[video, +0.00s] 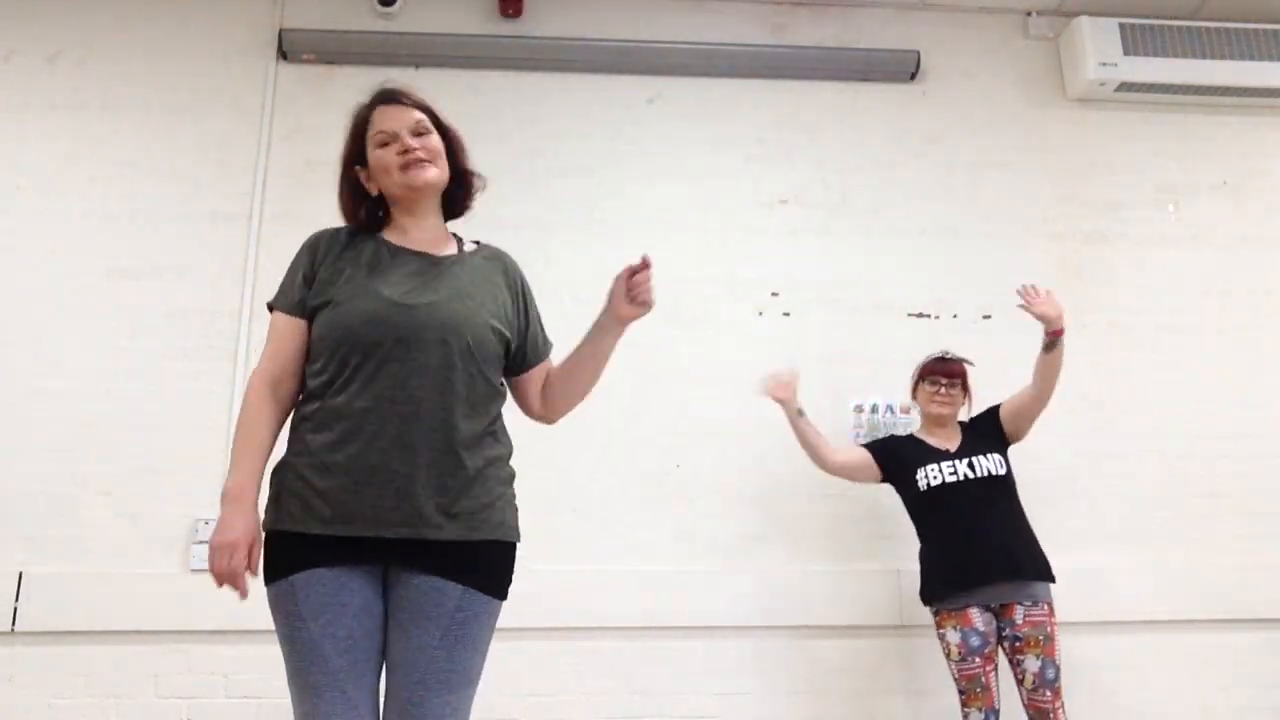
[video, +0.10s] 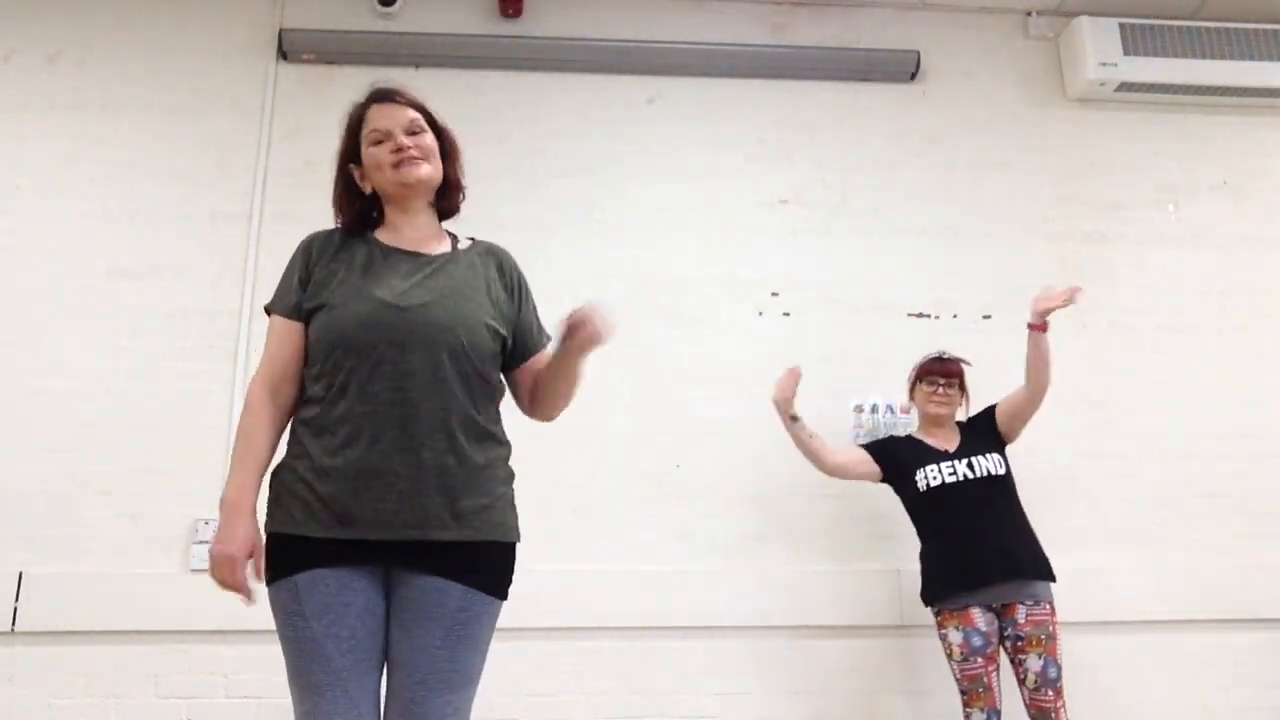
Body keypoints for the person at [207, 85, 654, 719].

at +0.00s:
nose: (411, 144)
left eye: (422, 132)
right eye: (388, 141)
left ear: (448, 155)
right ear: (366, 176)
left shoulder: (498, 273)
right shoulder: (328, 255)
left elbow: (545, 400)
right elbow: (273, 386)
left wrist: (614, 319)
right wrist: (239, 502)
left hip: (460, 535)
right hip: (321, 526)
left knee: (431, 713)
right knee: (333, 713)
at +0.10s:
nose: (403, 142)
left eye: (416, 130)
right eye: (381, 140)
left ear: (441, 151)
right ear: (361, 174)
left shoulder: (494, 268)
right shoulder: (322, 256)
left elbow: (540, 403)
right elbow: (273, 391)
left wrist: (571, 352)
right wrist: (236, 509)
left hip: (460, 533)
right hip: (323, 528)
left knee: (432, 713)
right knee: (334, 712)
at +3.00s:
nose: (449, 125)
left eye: (471, 123)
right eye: (435, 110)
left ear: (485, 159)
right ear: (401, 128)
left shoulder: (511, 248)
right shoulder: (326, 232)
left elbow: (548, 396)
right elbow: (272, 374)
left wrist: (511, 361)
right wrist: (314, 367)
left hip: (487, 523)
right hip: (336, 519)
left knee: (473, 714)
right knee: (337, 713)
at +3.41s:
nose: (445, 124)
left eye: (465, 118)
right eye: (429, 109)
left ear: (482, 150)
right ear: (396, 131)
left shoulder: (511, 250)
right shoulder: (327, 231)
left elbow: (546, 400)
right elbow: (273, 377)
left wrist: (506, 347)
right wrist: (337, 340)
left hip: (486, 526)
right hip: (335, 522)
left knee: (472, 714)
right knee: (337, 713)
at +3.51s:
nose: (447, 123)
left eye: (467, 117)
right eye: (430, 109)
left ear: (484, 148)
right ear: (396, 130)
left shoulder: (512, 250)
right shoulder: (329, 229)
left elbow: (546, 401)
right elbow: (271, 377)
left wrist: (512, 339)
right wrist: (329, 326)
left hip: (486, 524)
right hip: (335, 520)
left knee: (473, 714)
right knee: (336, 714)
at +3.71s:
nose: (446, 124)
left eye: (466, 117)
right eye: (429, 111)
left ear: (485, 148)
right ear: (397, 133)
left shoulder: (513, 250)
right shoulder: (332, 230)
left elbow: (547, 400)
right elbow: (271, 375)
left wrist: (502, 333)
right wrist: (339, 323)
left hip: (486, 527)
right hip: (334, 521)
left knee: (472, 714)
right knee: (336, 713)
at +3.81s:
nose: (447, 125)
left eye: (465, 117)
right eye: (429, 112)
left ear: (485, 147)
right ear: (398, 135)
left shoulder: (516, 252)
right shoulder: (333, 231)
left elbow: (549, 402)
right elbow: (276, 373)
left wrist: (508, 363)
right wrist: (348, 347)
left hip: (487, 524)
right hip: (335, 519)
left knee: (472, 714)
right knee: (336, 713)